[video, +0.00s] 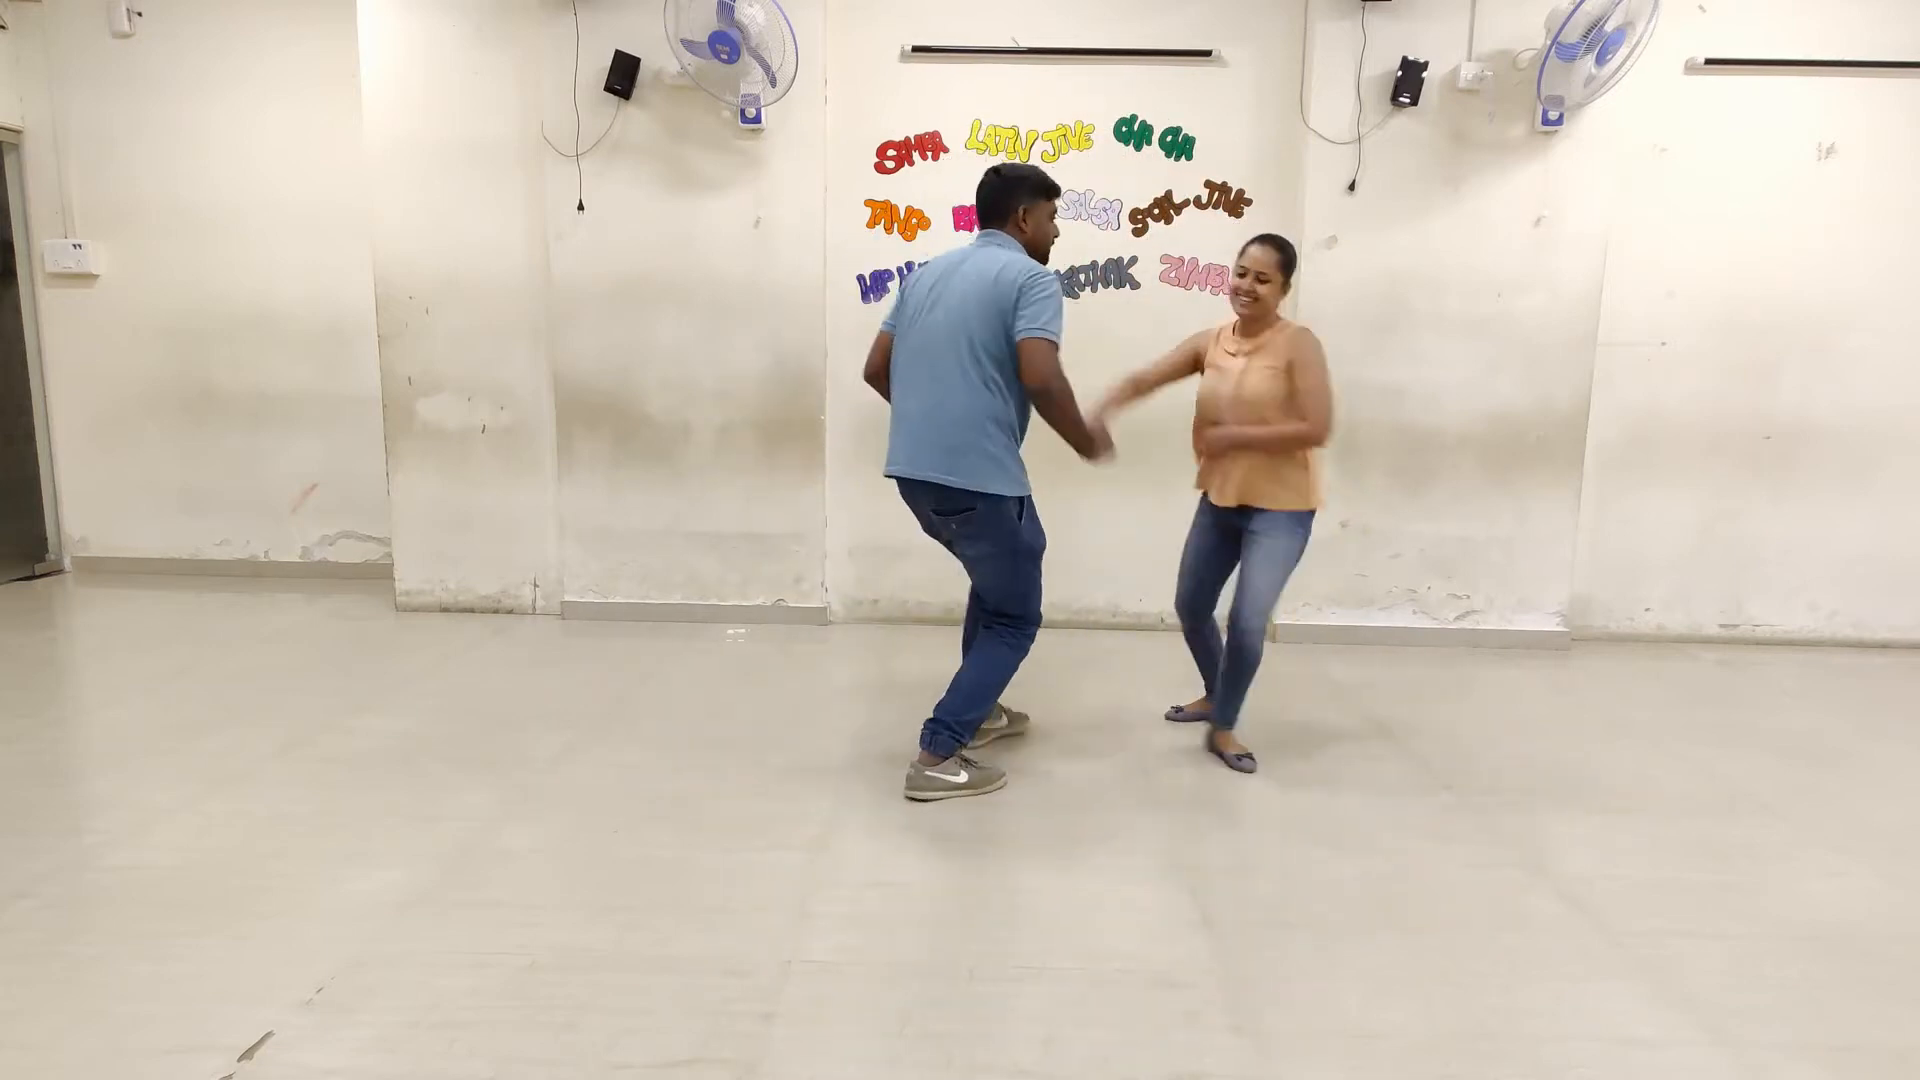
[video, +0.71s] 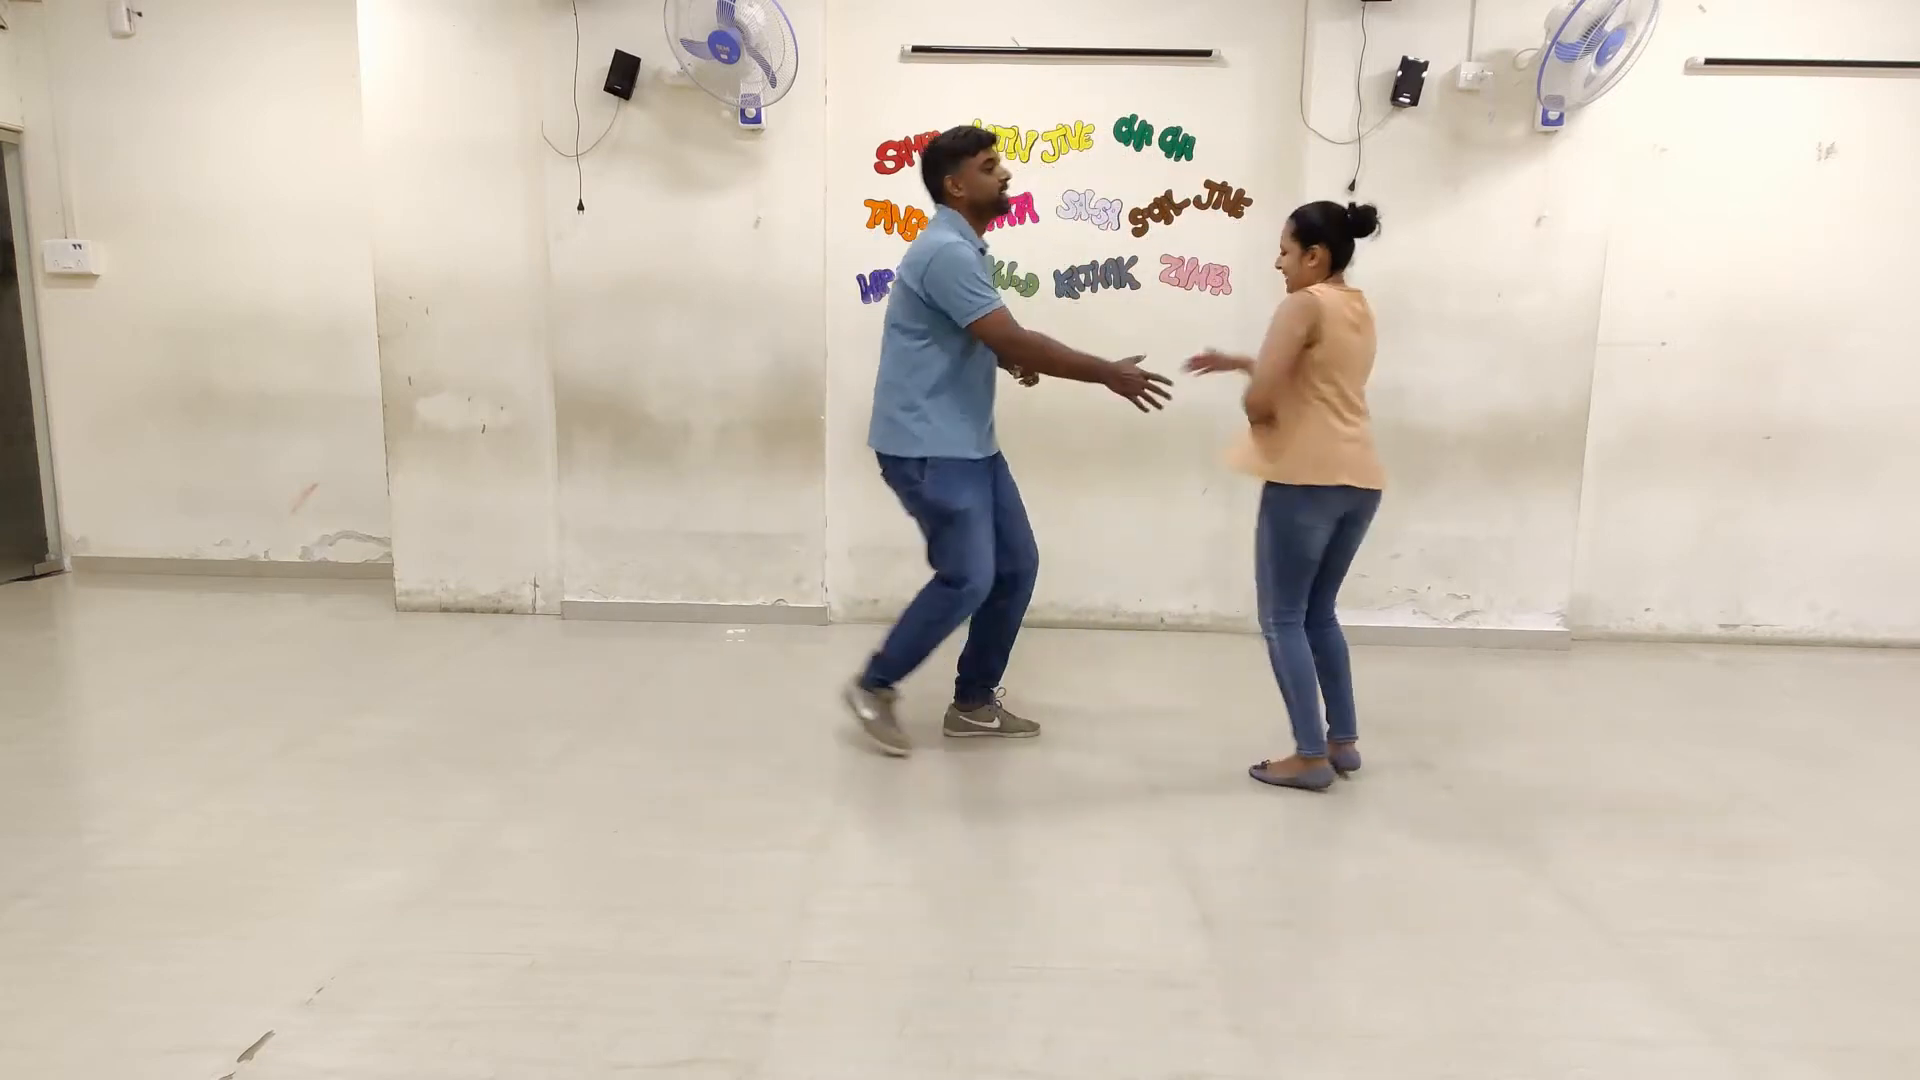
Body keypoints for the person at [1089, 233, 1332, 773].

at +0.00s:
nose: (1246, 286)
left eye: (1261, 279)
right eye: (1241, 274)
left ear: (1284, 288)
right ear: (1231, 276)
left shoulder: (1299, 344)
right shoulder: (1212, 341)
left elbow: (1316, 428)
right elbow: (1148, 379)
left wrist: (1230, 435)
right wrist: (1101, 410)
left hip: (1281, 507)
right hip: (1220, 501)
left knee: (1247, 621)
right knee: (1191, 605)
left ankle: (1223, 729)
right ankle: (1216, 696)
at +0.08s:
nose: (1272, 286)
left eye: (1285, 279)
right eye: (1263, 274)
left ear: (1296, 291)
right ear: (1242, 279)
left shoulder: (1315, 352)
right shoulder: (1209, 349)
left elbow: (1343, 436)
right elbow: (1159, 418)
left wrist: (1261, 448)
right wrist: (1149, 470)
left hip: (1286, 514)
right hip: (1214, 506)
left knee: (1259, 633)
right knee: (1181, 612)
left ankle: (1218, 731)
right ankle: (1206, 682)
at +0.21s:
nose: (1320, 276)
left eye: (1321, 266)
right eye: (1311, 266)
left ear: (1292, 271)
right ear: (1276, 269)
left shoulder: (1315, 338)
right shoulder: (1234, 342)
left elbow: (1327, 413)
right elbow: (1234, 438)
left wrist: (1322, 428)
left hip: (1293, 502)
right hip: (1230, 498)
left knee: (1273, 630)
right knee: (1231, 619)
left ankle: (1218, 729)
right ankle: (1164, 674)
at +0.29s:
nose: (1331, 264)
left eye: (1328, 254)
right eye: (1324, 254)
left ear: (1295, 263)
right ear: (1296, 261)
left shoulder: (1293, 326)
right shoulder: (1264, 328)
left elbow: (1293, 413)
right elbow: (1285, 422)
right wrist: (1366, 438)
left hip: (1282, 491)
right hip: (1243, 490)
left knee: (1277, 614)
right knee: (1273, 611)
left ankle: (1214, 726)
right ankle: (1182, 702)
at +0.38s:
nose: (1332, 254)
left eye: (1328, 245)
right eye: (1329, 246)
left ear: (1275, 257)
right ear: (1319, 253)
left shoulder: (1255, 314)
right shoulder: (1318, 313)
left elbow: (1235, 395)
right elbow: (1362, 403)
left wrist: (1311, 402)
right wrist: (1409, 398)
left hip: (1231, 479)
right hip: (1284, 484)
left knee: (1251, 606)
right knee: (1310, 609)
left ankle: (1212, 734)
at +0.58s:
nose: (1273, 261)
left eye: (1275, 253)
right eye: (1277, 252)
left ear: (1286, 258)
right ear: (1332, 254)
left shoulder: (1255, 311)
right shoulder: (1367, 315)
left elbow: (1206, 393)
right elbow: (1403, 379)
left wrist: (1255, 404)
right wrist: (1360, 345)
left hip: (1255, 477)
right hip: (1333, 483)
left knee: (1259, 613)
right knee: (1323, 610)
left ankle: (1265, 754)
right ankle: (1331, 745)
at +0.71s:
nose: (1278, 262)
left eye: (1286, 252)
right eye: (1280, 250)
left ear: (1318, 255)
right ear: (1329, 256)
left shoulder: (1301, 306)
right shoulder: (1359, 308)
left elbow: (1259, 401)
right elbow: (1308, 368)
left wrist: (1257, 405)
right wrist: (1237, 363)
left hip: (1303, 482)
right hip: (1359, 482)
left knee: (1282, 620)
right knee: (1320, 613)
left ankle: (1309, 756)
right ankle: (1343, 743)